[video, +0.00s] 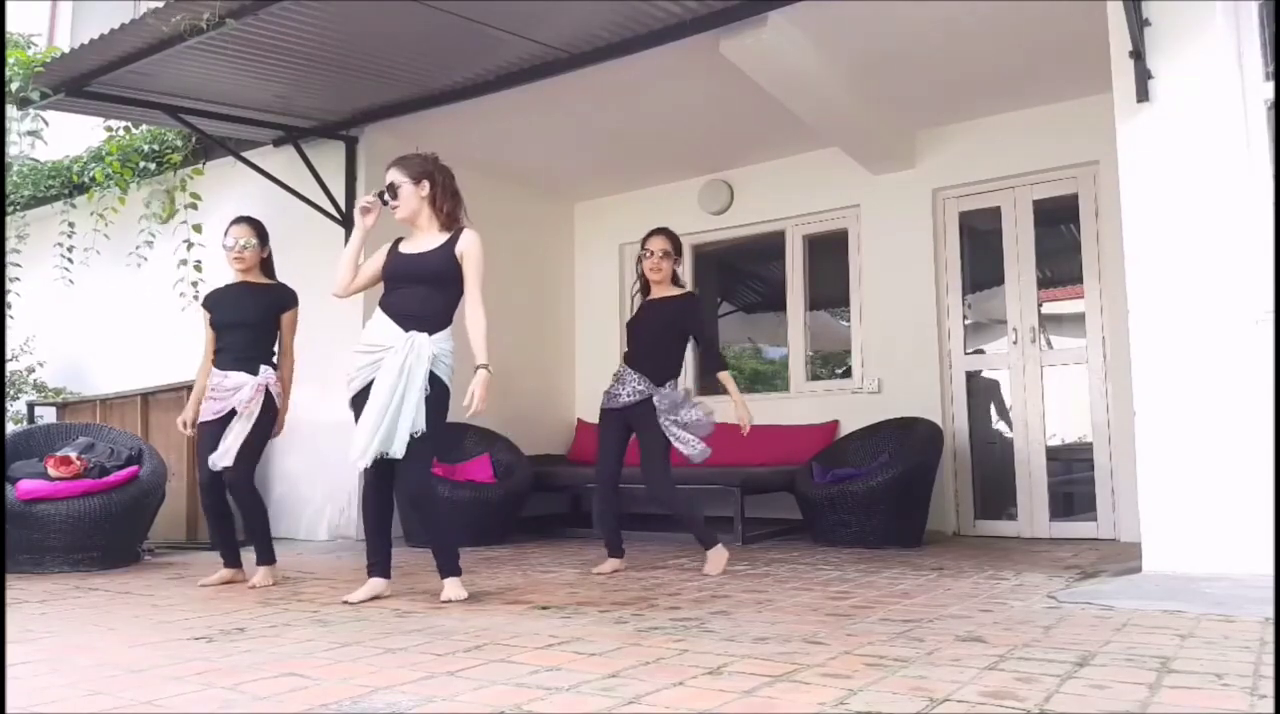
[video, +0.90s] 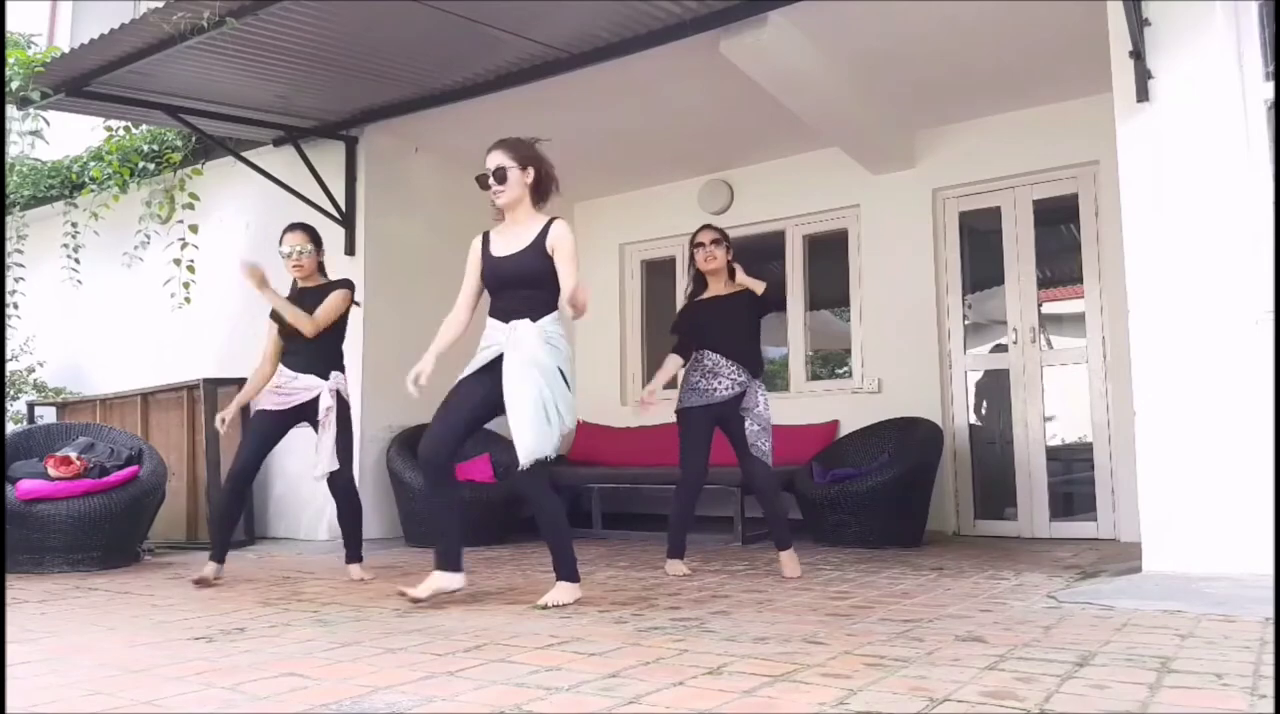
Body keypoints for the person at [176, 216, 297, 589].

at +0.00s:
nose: (237, 251)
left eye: (246, 244)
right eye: (231, 245)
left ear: (263, 250)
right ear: (224, 251)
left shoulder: (281, 295)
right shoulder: (215, 299)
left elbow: (286, 356)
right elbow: (209, 358)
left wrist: (283, 406)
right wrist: (192, 404)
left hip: (260, 393)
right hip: (217, 393)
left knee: (239, 476)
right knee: (208, 479)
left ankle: (265, 564)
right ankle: (231, 565)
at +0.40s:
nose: (247, 248)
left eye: (257, 241)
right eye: (241, 241)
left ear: (274, 247)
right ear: (234, 246)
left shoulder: (288, 291)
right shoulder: (225, 289)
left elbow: (311, 347)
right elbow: (214, 345)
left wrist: (328, 401)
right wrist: (196, 395)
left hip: (259, 387)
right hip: (220, 386)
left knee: (243, 466)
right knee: (214, 475)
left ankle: (274, 555)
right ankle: (231, 564)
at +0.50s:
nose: (254, 246)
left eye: (263, 239)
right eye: (248, 239)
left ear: (281, 244)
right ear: (240, 242)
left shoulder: (291, 288)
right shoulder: (231, 284)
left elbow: (319, 345)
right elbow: (230, 334)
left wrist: (341, 399)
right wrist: (225, 377)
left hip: (264, 383)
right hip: (224, 382)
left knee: (273, 468)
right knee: (218, 473)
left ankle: (327, 540)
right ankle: (231, 563)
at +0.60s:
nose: (261, 245)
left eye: (269, 238)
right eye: (255, 238)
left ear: (288, 242)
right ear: (248, 241)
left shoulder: (298, 284)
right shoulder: (241, 283)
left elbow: (316, 345)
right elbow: (240, 334)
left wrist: (336, 399)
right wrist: (236, 373)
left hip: (274, 380)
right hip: (234, 380)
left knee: (307, 463)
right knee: (219, 473)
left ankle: (365, 534)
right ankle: (230, 562)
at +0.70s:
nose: (271, 244)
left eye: (280, 237)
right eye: (266, 237)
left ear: (298, 241)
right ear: (258, 241)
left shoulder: (308, 283)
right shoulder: (257, 284)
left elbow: (308, 343)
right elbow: (259, 339)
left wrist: (303, 396)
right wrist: (247, 388)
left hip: (297, 379)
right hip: (257, 381)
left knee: (332, 461)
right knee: (223, 466)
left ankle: (375, 544)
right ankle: (228, 558)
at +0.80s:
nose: (284, 249)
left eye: (292, 242)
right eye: (278, 243)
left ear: (309, 247)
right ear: (271, 248)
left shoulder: (322, 281)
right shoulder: (271, 297)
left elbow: (314, 333)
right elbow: (266, 356)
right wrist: (251, 410)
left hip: (321, 384)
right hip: (281, 386)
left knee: (335, 470)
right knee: (237, 463)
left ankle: (366, 555)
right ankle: (211, 555)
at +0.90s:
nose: (295, 258)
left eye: (303, 251)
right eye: (288, 253)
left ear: (319, 253)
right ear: (281, 258)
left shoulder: (341, 289)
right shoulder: (284, 303)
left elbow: (311, 327)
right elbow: (268, 363)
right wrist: (236, 404)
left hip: (328, 394)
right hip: (281, 393)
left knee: (340, 477)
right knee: (240, 471)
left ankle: (354, 561)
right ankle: (215, 561)